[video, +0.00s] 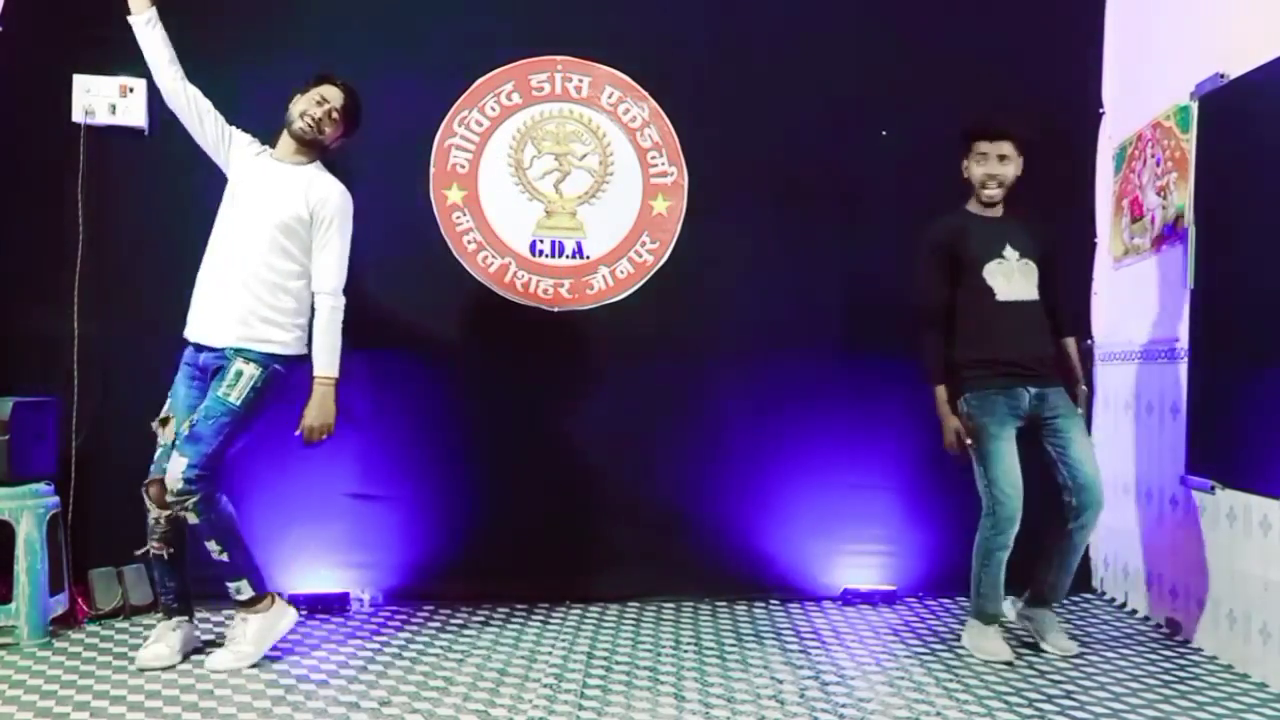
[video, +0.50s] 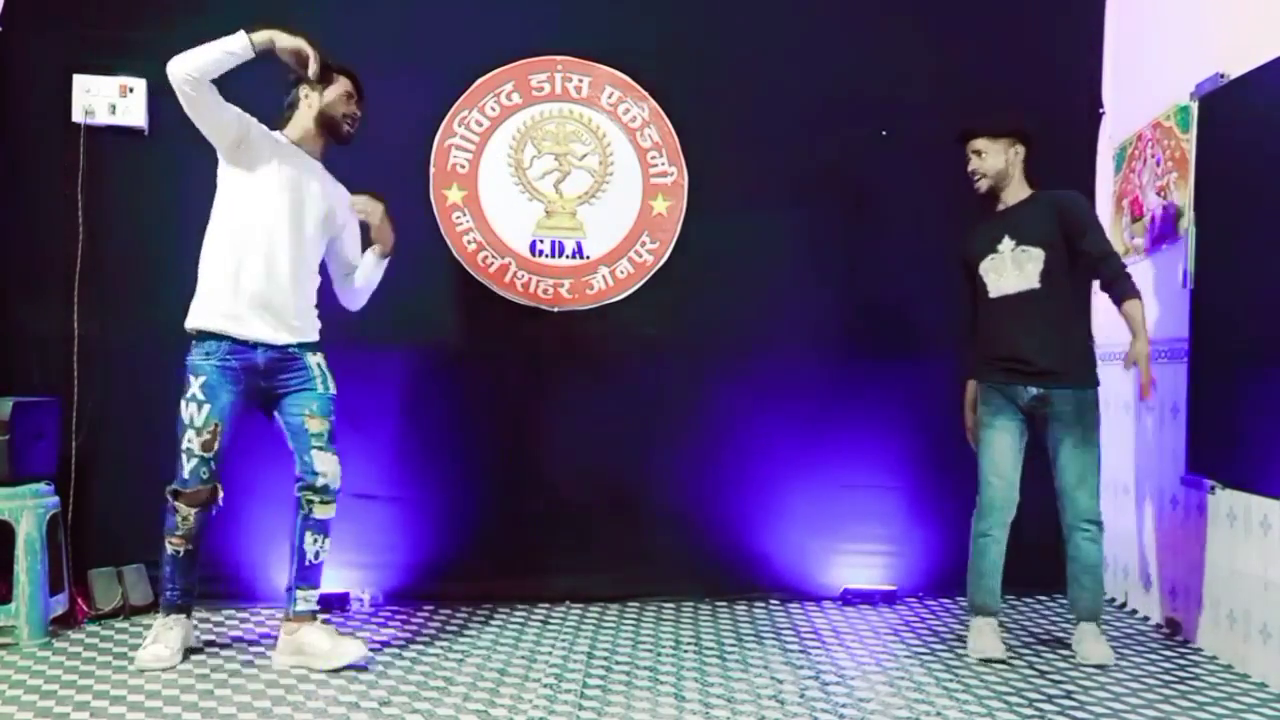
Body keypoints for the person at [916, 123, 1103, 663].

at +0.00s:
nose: (991, 170)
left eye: (1002, 160)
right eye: (981, 159)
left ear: (1019, 167)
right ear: (965, 166)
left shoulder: (1035, 234)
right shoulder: (946, 235)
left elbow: (1060, 314)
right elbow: (933, 326)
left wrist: (1079, 385)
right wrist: (944, 408)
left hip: (1050, 388)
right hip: (987, 390)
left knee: (1087, 501)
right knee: (1004, 509)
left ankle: (1041, 610)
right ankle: (983, 621)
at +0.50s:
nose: (971, 166)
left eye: (980, 154)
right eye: (969, 157)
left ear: (1015, 153)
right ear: (979, 163)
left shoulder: (1064, 208)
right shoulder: (978, 235)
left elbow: (1111, 272)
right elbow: (975, 320)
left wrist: (1139, 335)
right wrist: (971, 391)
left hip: (1067, 381)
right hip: (998, 384)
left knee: (1080, 509)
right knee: (994, 504)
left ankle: (1087, 624)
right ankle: (983, 620)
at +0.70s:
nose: (981, 147)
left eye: (996, 145)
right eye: (985, 140)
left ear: (1019, 168)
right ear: (982, 157)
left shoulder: (1035, 211)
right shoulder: (964, 224)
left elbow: (1109, 270)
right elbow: (984, 302)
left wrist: (1106, 224)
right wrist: (943, 337)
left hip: (1054, 381)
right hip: (994, 380)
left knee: (1072, 506)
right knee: (975, 494)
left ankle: (1091, 623)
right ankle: (1016, 614)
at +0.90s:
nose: (930, 168)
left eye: (945, 165)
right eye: (931, 162)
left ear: (971, 186)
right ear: (924, 183)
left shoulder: (994, 230)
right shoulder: (934, 244)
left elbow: (1058, 300)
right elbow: (946, 314)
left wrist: (1005, 292)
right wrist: (903, 362)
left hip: (1024, 383)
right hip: (975, 386)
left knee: (985, 488)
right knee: (961, 499)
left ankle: (1052, 601)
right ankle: (1011, 616)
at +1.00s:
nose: (895, 176)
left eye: (908, 167)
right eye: (893, 168)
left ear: (939, 179)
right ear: (892, 184)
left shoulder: (978, 225)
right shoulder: (905, 255)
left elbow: (1031, 305)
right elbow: (926, 330)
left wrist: (986, 343)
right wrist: (905, 387)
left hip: (1005, 378)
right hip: (956, 384)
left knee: (956, 489)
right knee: (958, 495)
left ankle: (979, 621)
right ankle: (1016, 620)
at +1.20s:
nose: (832, 178)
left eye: (842, 169)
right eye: (834, 169)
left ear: (875, 179)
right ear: (859, 180)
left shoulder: (913, 225)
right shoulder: (870, 237)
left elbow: (965, 302)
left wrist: (991, 393)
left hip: (948, 386)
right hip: (907, 384)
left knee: (927, 499)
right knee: (872, 491)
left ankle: (957, 630)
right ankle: (931, 601)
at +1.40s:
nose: (790, 168)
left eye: (801, 161)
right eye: (793, 160)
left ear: (833, 175)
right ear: (823, 177)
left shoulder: (855, 229)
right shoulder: (832, 232)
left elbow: (913, 306)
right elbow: (873, 309)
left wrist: (934, 396)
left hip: (886, 382)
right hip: (858, 381)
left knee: (837, 482)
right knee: (830, 483)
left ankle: (896, 602)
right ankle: (866, 609)